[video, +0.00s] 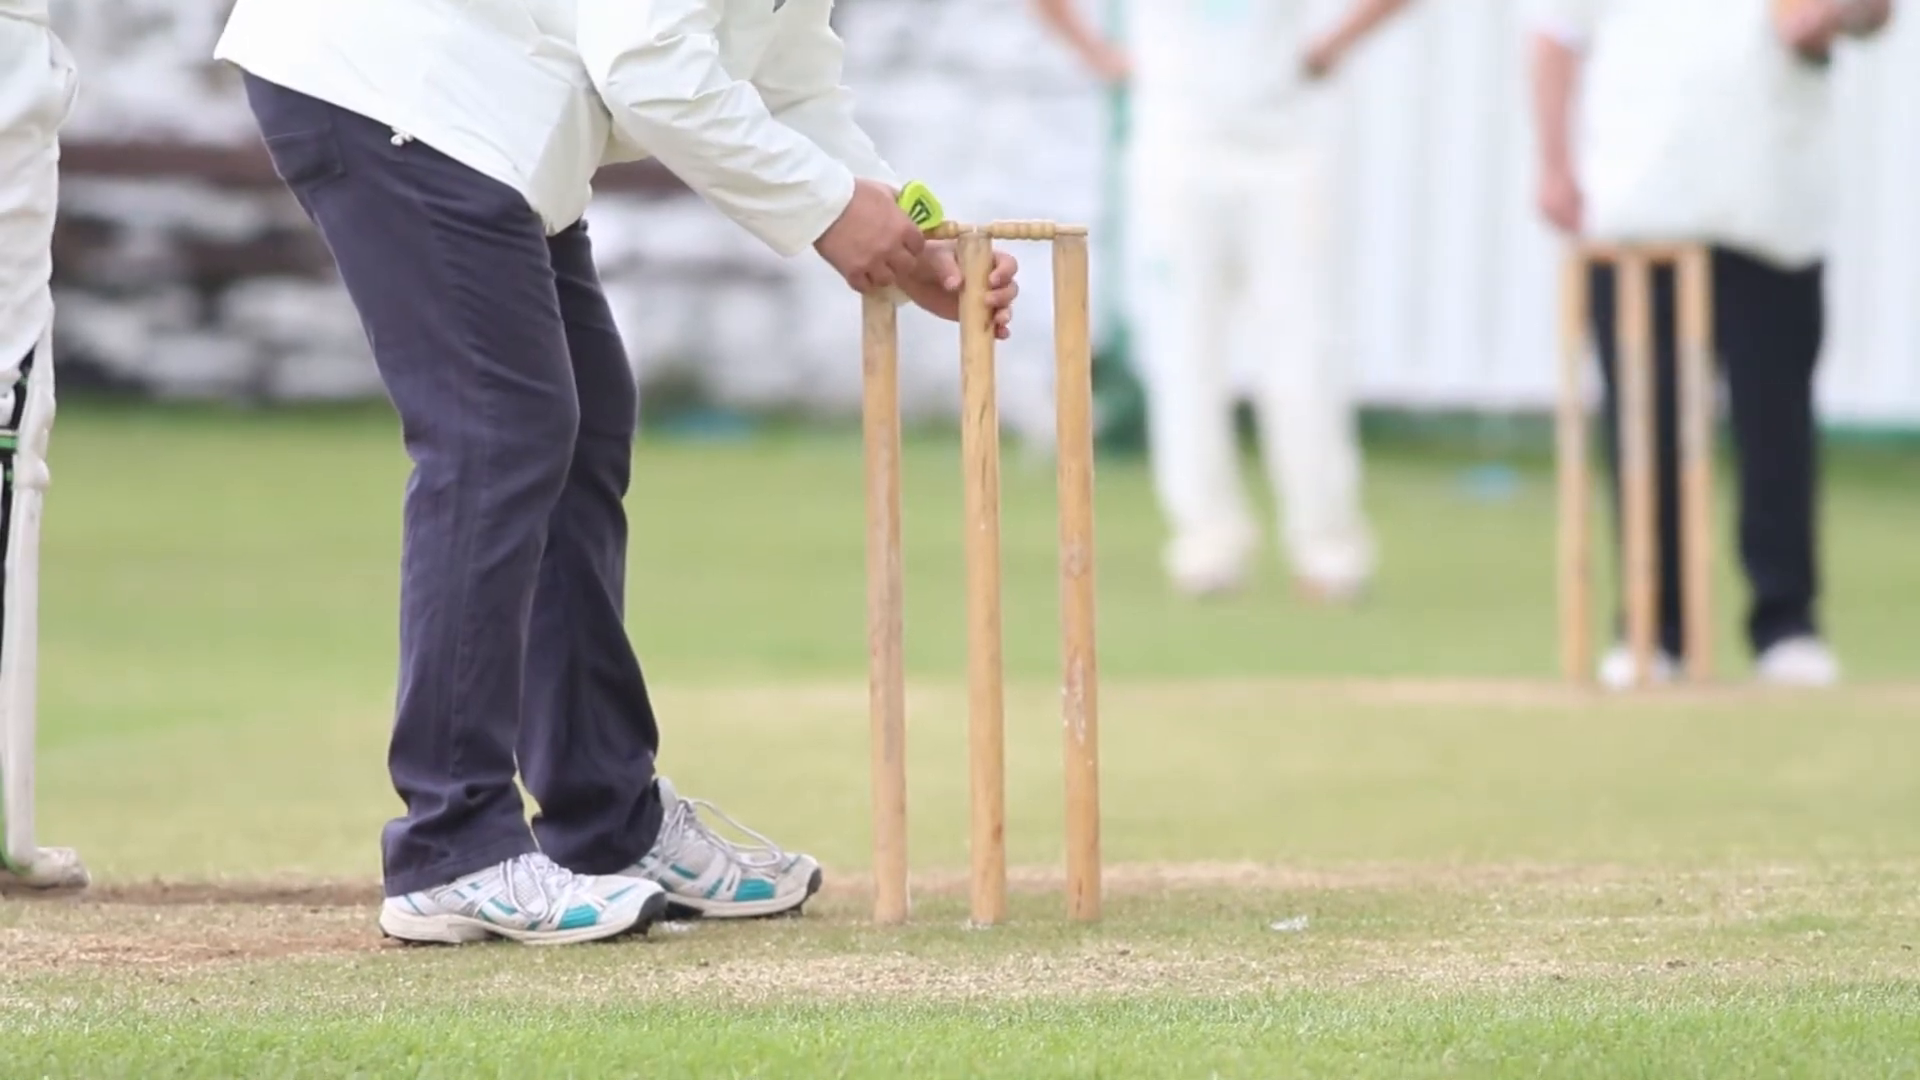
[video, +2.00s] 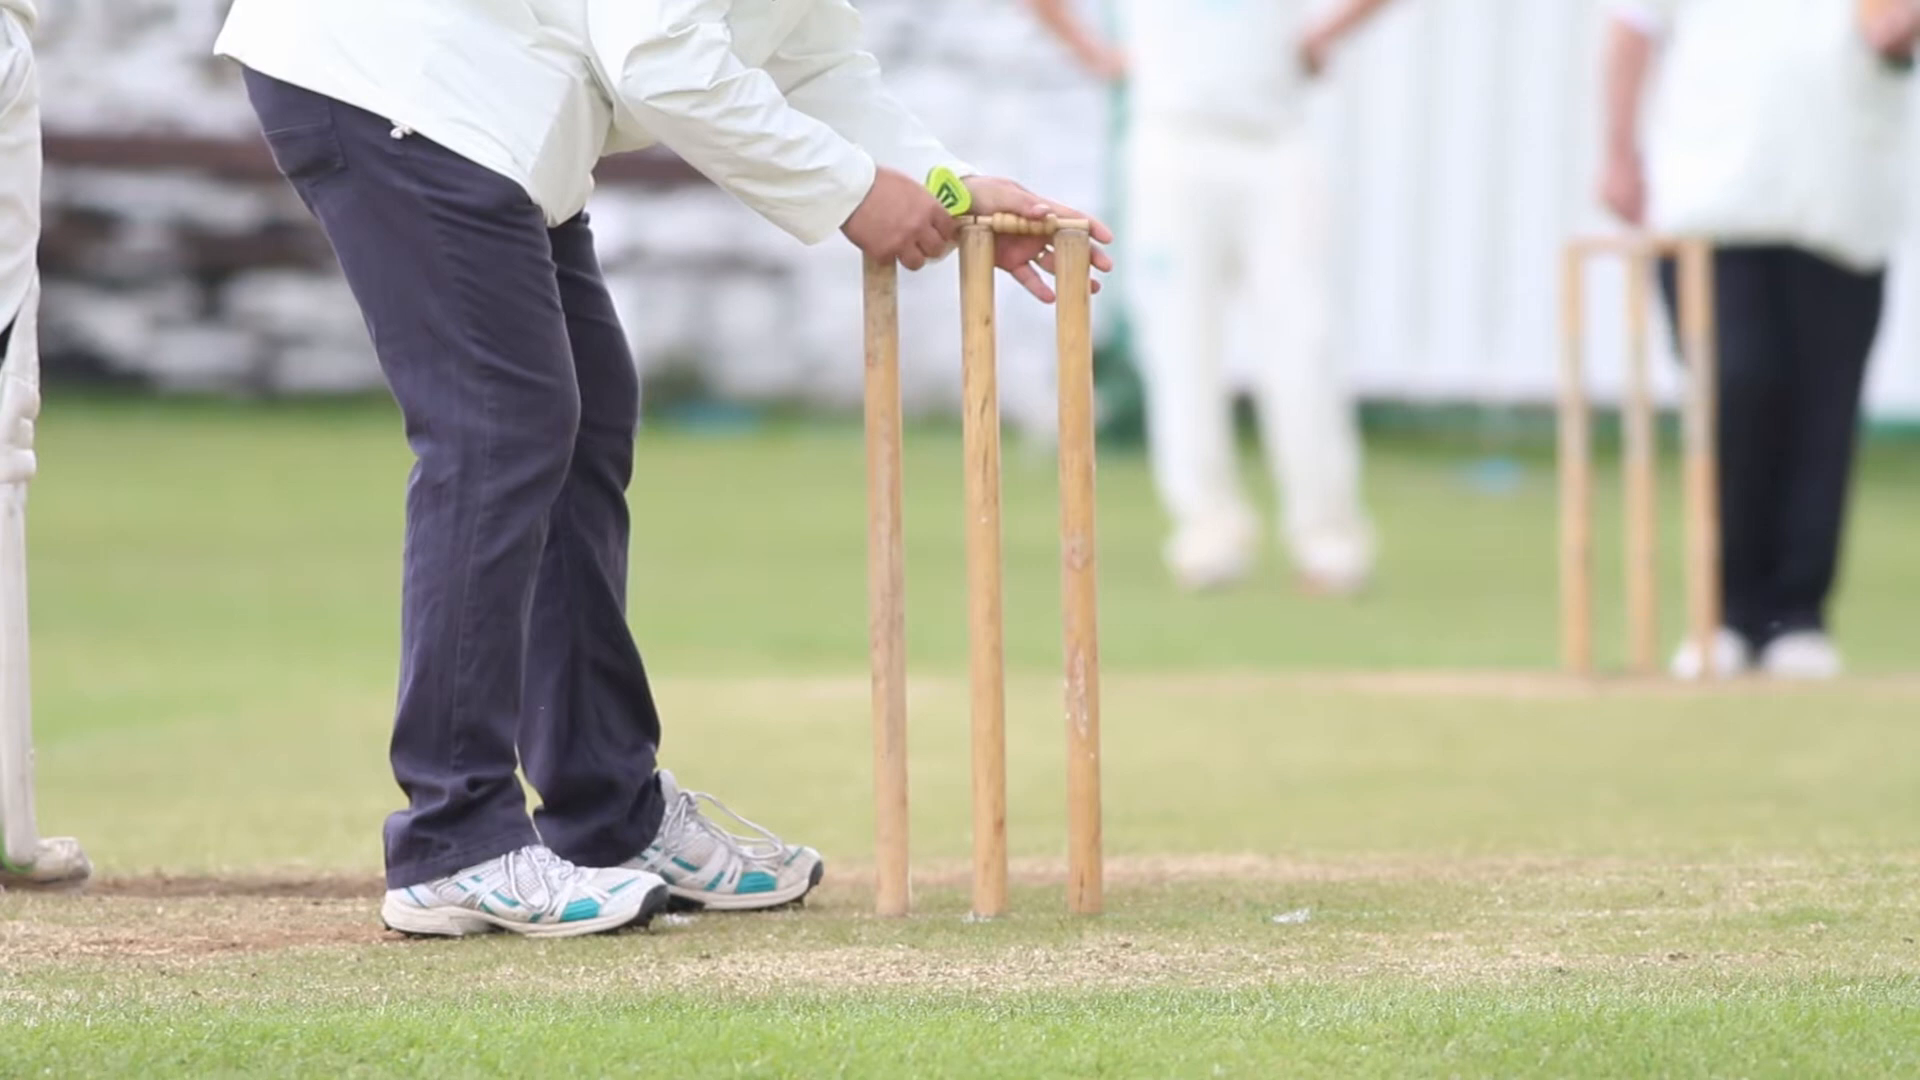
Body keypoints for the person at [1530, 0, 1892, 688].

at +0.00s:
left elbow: (1879, 12)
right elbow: (1555, 27)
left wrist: (1832, 14)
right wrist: (1556, 165)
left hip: (1774, 202)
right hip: (1634, 201)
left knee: (1776, 435)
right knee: (1641, 439)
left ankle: (1786, 631)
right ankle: (1653, 639)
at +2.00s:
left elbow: (1890, 29)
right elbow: (1633, 23)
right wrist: (1621, 155)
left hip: (1848, 195)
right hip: (1713, 189)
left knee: (1822, 422)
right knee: (1735, 411)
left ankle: (1798, 625)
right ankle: (1730, 625)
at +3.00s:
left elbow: (1893, 6)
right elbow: (1571, 21)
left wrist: (1845, 10)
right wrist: (1559, 156)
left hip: (1791, 186)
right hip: (1644, 180)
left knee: (1785, 419)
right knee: (1637, 417)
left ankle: (1792, 621)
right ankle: (1626, 619)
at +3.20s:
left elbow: (1862, 7)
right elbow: (1541, 20)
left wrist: (1813, 8)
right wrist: (1524, 158)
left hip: (1759, 189)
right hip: (1619, 186)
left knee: (1765, 418)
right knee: (1624, 422)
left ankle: (1787, 619)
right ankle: (1619, 623)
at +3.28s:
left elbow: (1854, 7)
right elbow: (1530, 22)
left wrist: (1804, 8)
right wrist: (1513, 160)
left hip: (1751, 193)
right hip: (1610, 192)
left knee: (1759, 421)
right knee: (1619, 427)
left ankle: (1786, 620)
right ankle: (1617, 624)